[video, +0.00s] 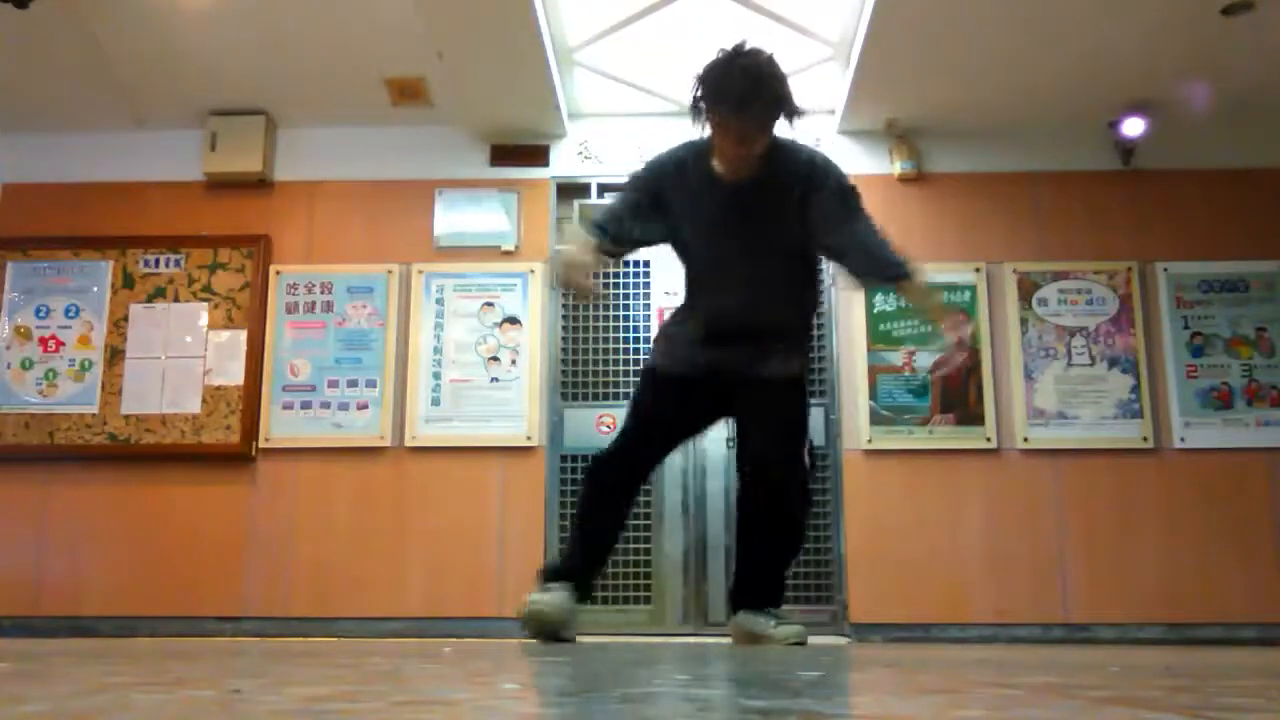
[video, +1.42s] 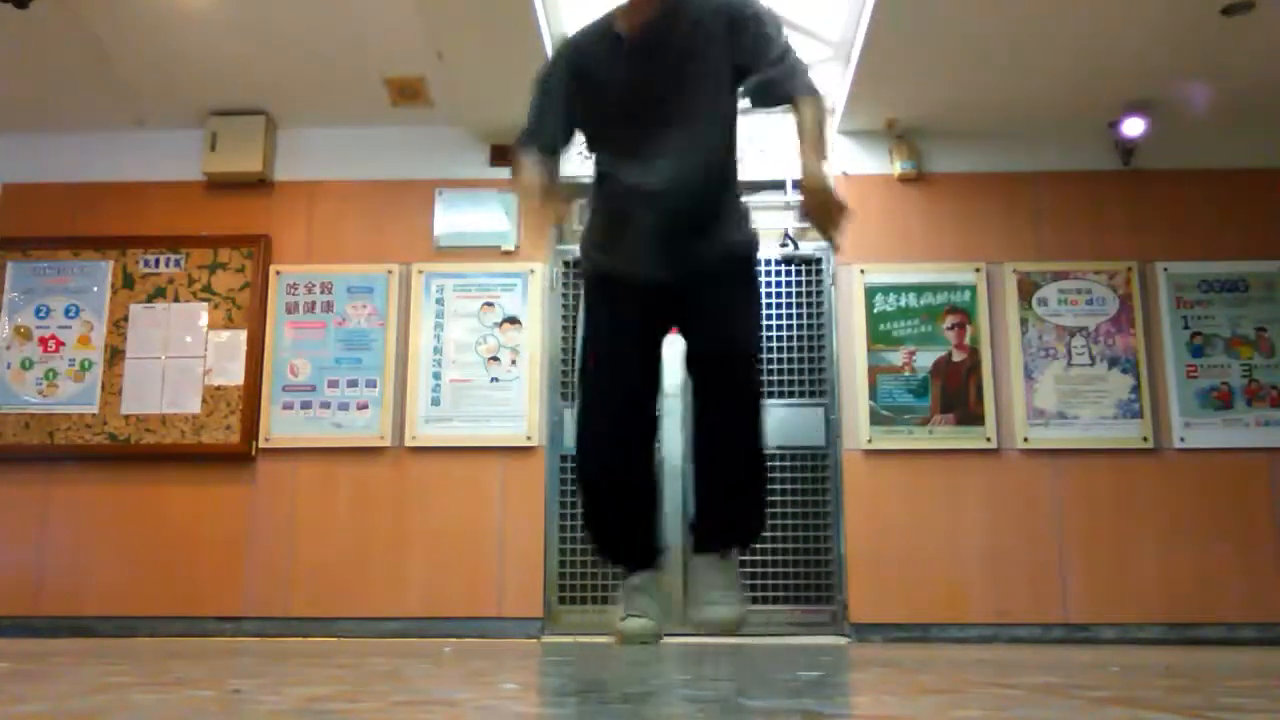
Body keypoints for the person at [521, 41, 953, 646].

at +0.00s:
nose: (736, 147)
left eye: (750, 134)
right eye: (726, 131)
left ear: (773, 123)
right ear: (708, 117)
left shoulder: (807, 178)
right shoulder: (676, 175)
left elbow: (863, 247)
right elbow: (612, 228)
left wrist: (932, 305)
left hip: (775, 362)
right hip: (692, 355)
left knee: (778, 484)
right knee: (626, 458)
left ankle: (756, 609)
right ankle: (565, 586)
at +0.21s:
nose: (739, 155)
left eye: (753, 144)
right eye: (728, 141)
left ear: (780, 132)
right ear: (710, 125)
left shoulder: (820, 171)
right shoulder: (664, 164)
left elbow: (923, 209)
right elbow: (568, 176)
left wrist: (975, 267)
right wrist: (493, 222)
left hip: (777, 354)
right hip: (691, 347)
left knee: (780, 476)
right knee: (652, 457)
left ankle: (758, 605)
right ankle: (640, 580)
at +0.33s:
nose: (754, 159)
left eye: (768, 147)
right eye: (744, 144)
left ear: (793, 132)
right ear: (724, 123)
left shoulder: (821, 171)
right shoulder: (675, 166)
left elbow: (868, 214)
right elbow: (585, 216)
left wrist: (887, 218)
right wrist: (546, 282)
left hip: (780, 353)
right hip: (696, 351)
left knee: (781, 473)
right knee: (713, 472)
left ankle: (767, 598)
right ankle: (724, 601)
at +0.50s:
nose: (793, 114)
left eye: (804, 102)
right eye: (783, 100)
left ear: (819, 95)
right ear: (756, 86)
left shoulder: (813, 139)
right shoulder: (695, 156)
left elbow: (789, 215)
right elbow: (616, 228)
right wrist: (582, 301)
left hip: (775, 322)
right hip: (705, 329)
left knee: (784, 456)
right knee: (729, 458)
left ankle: (764, 596)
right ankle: (725, 602)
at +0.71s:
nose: (808, 64)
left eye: (814, 51)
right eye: (802, 47)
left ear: (810, 51)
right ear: (768, 36)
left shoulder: (773, 114)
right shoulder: (714, 105)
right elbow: (649, 181)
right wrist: (605, 250)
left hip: (773, 311)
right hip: (711, 315)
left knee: (805, 456)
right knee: (728, 455)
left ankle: (764, 596)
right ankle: (719, 603)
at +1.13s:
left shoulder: (760, 58)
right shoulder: (651, 41)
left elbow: (787, 164)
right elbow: (578, 146)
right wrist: (561, 244)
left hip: (726, 273)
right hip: (647, 266)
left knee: (748, 427)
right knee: (656, 422)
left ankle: (701, 580)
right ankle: (615, 585)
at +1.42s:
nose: (635, 3)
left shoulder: (725, 18)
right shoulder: (580, 55)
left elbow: (804, 93)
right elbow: (535, 146)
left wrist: (814, 178)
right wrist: (543, 197)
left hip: (715, 256)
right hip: (622, 262)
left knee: (727, 409)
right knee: (613, 420)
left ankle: (717, 566)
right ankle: (637, 580)